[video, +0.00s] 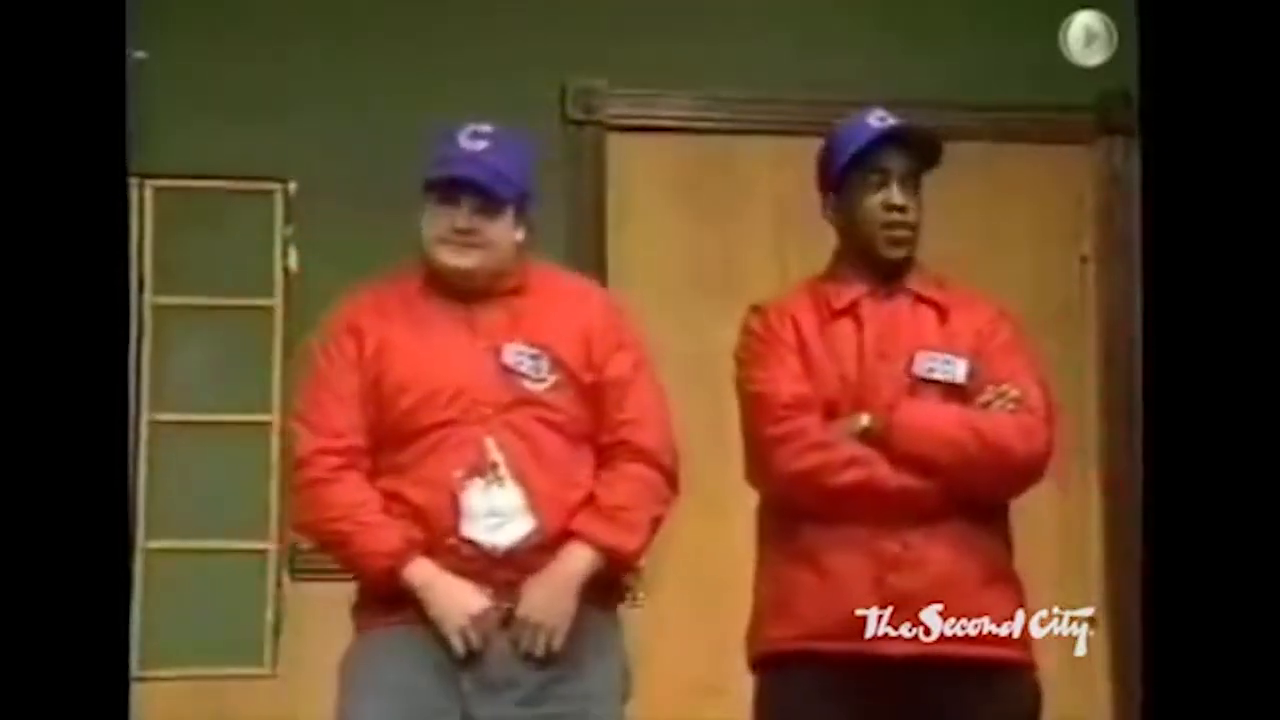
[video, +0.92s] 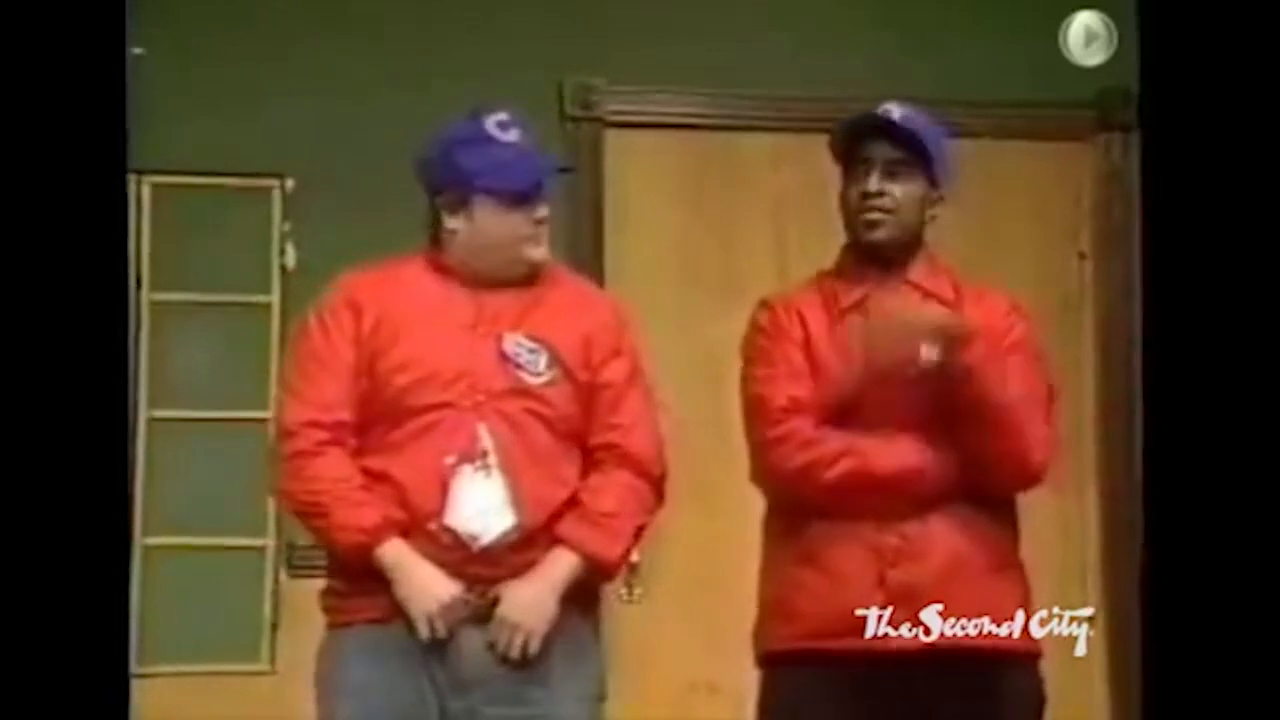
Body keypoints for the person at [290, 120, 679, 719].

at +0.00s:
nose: (461, 222)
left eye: (485, 208)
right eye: (446, 201)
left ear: (521, 227)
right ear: (423, 212)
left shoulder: (587, 314)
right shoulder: (364, 322)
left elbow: (645, 459)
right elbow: (323, 475)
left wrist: (569, 571)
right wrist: (426, 578)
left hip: (565, 627)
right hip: (409, 627)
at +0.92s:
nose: (542, 213)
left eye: (541, 196)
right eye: (518, 200)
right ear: (453, 216)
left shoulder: (589, 314)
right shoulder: (359, 306)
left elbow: (631, 465)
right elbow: (307, 453)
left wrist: (549, 579)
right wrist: (400, 561)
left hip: (541, 627)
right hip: (382, 627)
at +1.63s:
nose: (553, 211)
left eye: (553, 194)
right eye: (530, 196)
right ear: (466, 208)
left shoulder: (595, 311)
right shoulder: (370, 302)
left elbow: (642, 462)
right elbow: (334, 450)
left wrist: (572, 576)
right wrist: (429, 559)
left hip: (554, 632)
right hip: (398, 632)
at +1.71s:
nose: (553, 211)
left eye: (553, 194)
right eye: (529, 196)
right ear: (464, 208)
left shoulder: (591, 310)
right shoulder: (377, 294)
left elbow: (642, 460)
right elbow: (362, 427)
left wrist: (572, 569)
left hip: (549, 631)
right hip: (396, 636)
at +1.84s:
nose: (553, 211)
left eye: (551, 193)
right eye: (527, 196)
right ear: (463, 209)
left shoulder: (587, 309)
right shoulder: (378, 286)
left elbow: (638, 461)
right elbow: (416, 393)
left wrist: (573, 573)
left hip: (546, 629)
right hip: (396, 637)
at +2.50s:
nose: (541, 215)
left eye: (544, 199)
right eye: (520, 200)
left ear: (552, 200)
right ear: (453, 208)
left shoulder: (569, 296)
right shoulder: (374, 283)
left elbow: (637, 441)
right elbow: (433, 370)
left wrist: (570, 540)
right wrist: (561, 322)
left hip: (547, 625)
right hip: (394, 633)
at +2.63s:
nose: (539, 212)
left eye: (541, 196)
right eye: (517, 197)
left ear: (550, 199)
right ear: (450, 206)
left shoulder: (572, 292)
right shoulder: (374, 283)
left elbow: (634, 418)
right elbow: (434, 362)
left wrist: (548, 486)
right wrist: (566, 320)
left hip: (549, 623)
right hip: (395, 631)